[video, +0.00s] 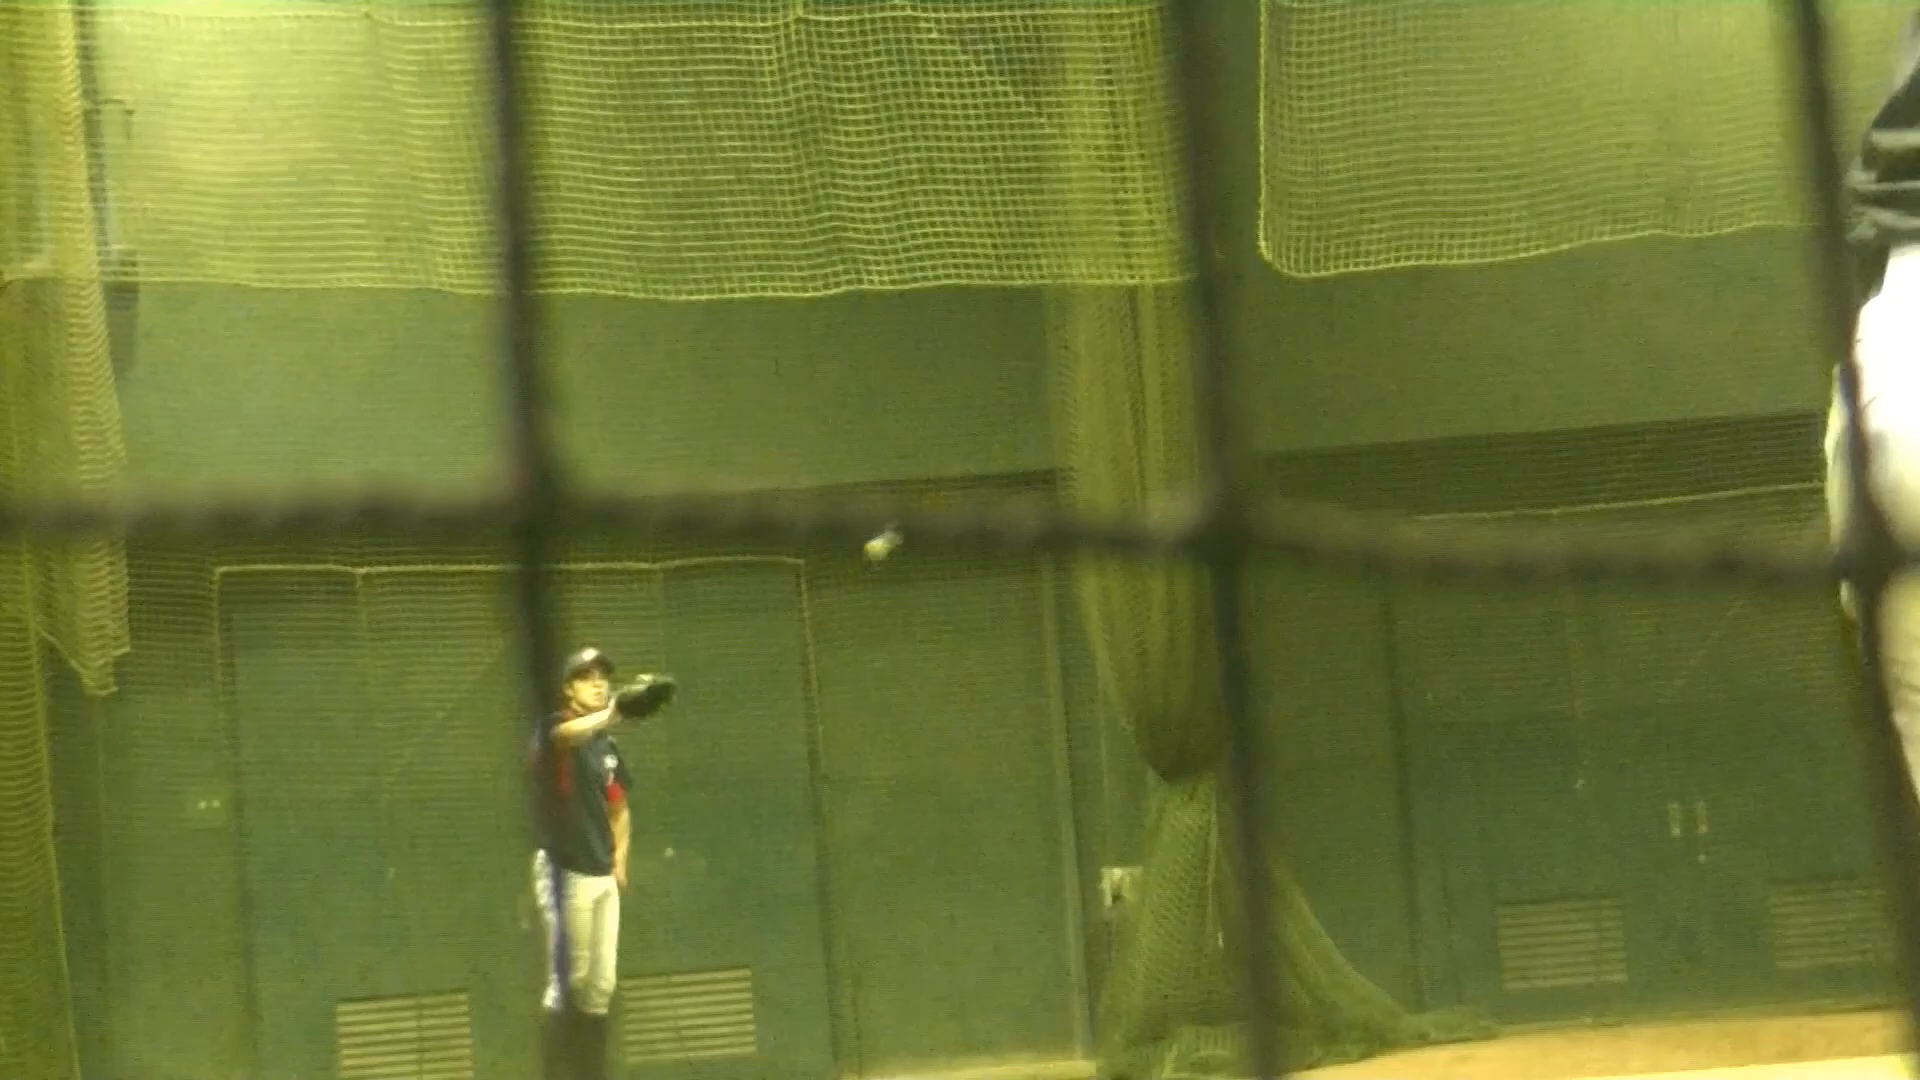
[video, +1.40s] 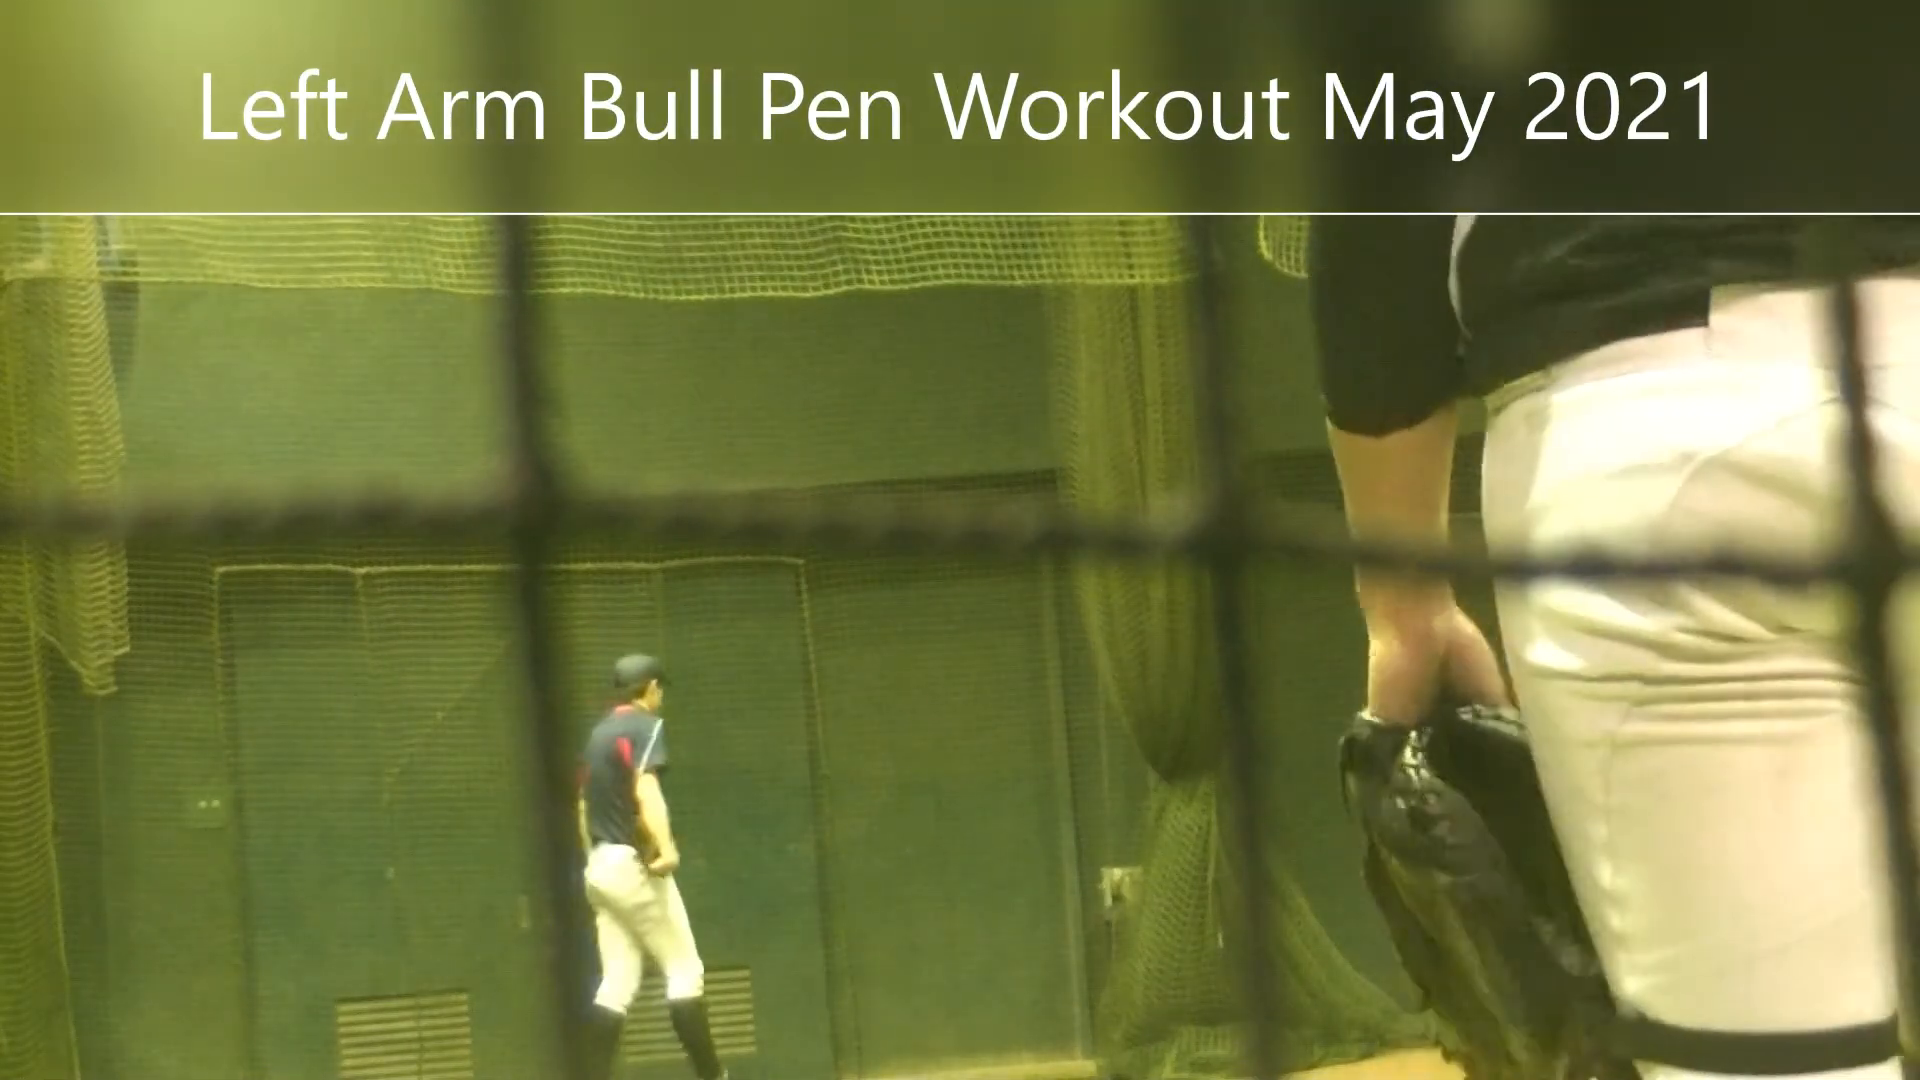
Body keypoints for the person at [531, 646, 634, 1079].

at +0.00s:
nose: (598, 688)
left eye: (602, 679)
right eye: (587, 679)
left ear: (608, 686)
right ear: (566, 688)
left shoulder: (606, 745)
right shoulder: (552, 731)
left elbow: (619, 808)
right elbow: (568, 732)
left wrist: (618, 862)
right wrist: (614, 711)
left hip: (603, 876)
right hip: (563, 874)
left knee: (600, 987)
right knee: (566, 986)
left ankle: (592, 1075)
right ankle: (559, 1075)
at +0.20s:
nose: (607, 686)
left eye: (610, 679)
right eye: (596, 679)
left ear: (616, 687)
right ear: (575, 688)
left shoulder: (606, 738)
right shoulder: (568, 723)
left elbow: (610, 806)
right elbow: (585, 728)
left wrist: (610, 863)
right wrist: (641, 739)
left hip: (598, 877)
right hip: (563, 874)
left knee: (597, 988)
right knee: (566, 987)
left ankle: (589, 1075)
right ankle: (559, 1075)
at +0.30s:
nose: (616, 691)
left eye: (618, 683)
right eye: (607, 683)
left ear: (616, 690)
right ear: (582, 687)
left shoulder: (592, 738)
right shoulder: (571, 730)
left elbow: (591, 808)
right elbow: (602, 754)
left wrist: (605, 863)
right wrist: (645, 777)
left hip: (594, 875)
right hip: (565, 873)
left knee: (596, 989)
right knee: (570, 987)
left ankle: (587, 1074)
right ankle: (558, 1074)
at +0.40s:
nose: (621, 689)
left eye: (621, 681)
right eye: (613, 681)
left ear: (598, 689)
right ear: (587, 686)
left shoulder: (586, 730)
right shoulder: (578, 727)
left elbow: (574, 803)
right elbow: (598, 779)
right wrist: (644, 824)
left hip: (591, 874)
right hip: (570, 873)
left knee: (596, 987)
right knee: (575, 986)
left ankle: (586, 1074)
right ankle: (564, 1075)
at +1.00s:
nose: (630, 694)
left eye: (628, 686)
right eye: (627, 686)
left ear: (596, 687)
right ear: (614, 686)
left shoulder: (578, 723)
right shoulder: (597, 719)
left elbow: (588, 795)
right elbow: (600, 770)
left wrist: (637, 844)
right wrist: (642, 820)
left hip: (580, 860)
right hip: (598, 862)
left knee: (600, 976)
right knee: (635, 968)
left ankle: (580, 1069)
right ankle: (604, 1070)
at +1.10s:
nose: (635, 694)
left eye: (633, 686)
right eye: (632, 686)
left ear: (600, 687)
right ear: (619, 686)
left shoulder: (584, 724)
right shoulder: (606, 719)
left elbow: (572, 791)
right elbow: (601, 761)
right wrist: (638, 814)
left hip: (584, 859)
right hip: (606, 861)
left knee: (604, 979)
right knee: (647, 967)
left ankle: (586, 1074)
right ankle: (645, 1071)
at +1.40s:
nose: (661, 695)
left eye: (659, 687)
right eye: (658, 688)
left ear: (624, 691)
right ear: (647, 689)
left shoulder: (600, 730)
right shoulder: (645, 724)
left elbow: (584, 801)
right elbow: (646, 788)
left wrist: (593, 854)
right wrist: (666, 847)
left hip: (601, 861)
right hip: (634, 861)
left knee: (619, 978)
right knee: (683, 967)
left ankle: (590, 1073)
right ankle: (710, 1072)